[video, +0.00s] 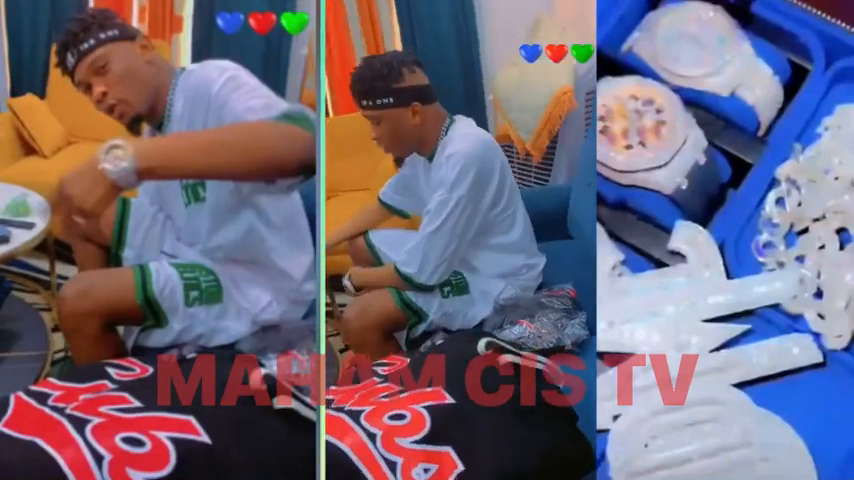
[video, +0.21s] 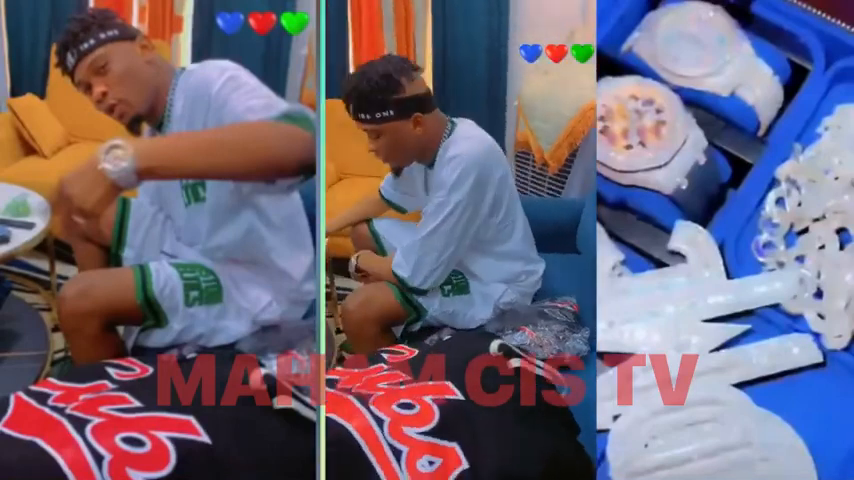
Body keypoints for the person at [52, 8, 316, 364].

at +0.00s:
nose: (98, 94)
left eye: (102, 70)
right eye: (87, 89)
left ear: (144, 48)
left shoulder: (212, 81)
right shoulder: (152, 133)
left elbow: (298, 146)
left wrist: (132, 160)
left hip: (259, 279)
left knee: (80, 300)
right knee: (84, 215)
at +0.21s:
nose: (98, 94)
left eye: (102, 70)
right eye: (87, 89)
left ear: (144, 48)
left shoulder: (212, 81)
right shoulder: (152, 133)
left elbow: (298, 145)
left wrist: (132, 160)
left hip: (260, 280)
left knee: (80, 300)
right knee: (85, 215)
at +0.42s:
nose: (98, 94)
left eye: (102, 70)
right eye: (87, 89)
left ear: (144, 48)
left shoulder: (213, 81)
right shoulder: (153, 133)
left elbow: (298, 146)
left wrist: (132, 160)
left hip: (260, 280)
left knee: (80, 300)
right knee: (85, 215)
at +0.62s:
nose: (98, 94)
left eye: (102, 70)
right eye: (87, 89)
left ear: (144, 48)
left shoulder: (213, 81)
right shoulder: (152, 133)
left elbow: (298, 146)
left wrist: (132, 160)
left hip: (260, 279)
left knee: (80, 300)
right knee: (85, 215)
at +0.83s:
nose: (98, 94)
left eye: (102, 70)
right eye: (87, 89)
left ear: (144, 48)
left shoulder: (213, 81)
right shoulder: (152, 133)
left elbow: (298, 146)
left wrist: (132, 160)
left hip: (260, 280)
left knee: (80, 300)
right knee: (85, 215)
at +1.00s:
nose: (98, 94)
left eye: (102, 70)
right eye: (87, 89)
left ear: (144, 48)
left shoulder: (213, 81)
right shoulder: (152, 133)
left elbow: (298, 146)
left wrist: (132, 160)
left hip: (260, 280)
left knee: (80, 300)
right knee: (85, 215)